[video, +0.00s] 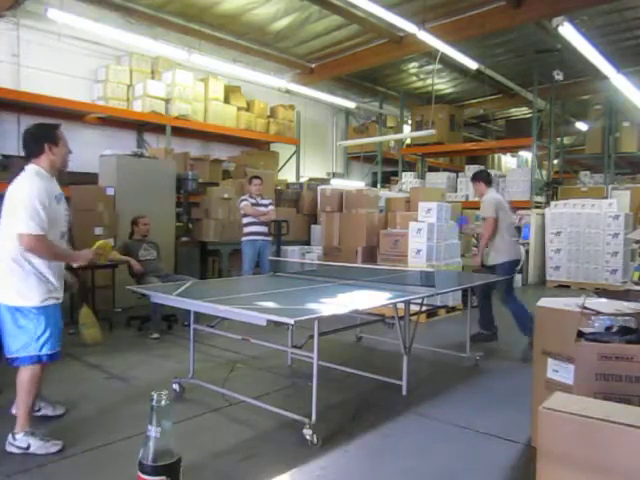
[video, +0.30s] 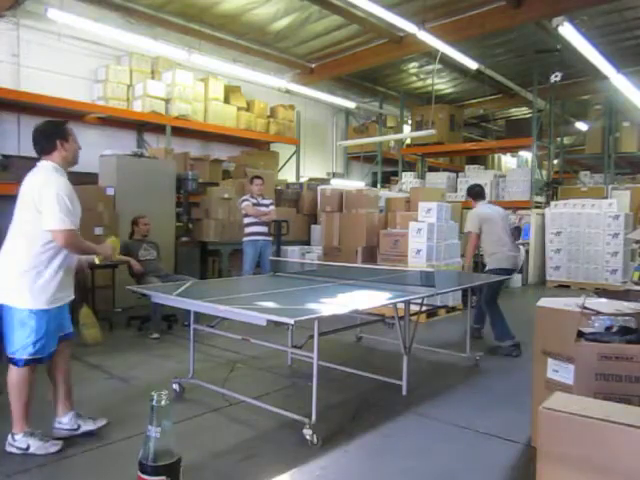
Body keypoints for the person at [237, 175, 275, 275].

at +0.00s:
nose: (258, 187)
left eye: (260, 185)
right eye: (255, 185)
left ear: (262, 186)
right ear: (249, 187)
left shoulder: (268, 201)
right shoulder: (244, 199)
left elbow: (272, 215)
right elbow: (248, 211)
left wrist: (258, 216)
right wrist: (265, 212)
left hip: (265, 238)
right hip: (249, 238)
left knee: (266, 269)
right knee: (248, 270)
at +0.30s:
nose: (259, 187)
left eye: (261, 185)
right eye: (256, 185)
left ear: (263, 186)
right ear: (250, 186)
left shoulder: (269, 201)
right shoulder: (245, 200)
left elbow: (273, 216)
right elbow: (250, 211)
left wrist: (258, 216)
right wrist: (266, 212)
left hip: (266, 238)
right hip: (251, 238)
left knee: (267, 269)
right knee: (248, 270)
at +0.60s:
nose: (259, 186)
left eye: (262, 184)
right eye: (257, 184)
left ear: (265, 185)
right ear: (252, 185)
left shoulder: (271, 199)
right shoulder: (247, 198)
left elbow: (276, 214)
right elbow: (252, 210)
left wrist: (261, 215)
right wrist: (269, 211)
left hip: (269, 237)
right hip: (253, 237)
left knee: (268, 267)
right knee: (250, 268)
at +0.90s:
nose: (262, 187)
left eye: (264, 184)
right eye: (259, 184)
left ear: (268, 186)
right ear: (255, 186)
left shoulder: (274, 199)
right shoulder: (251, 198)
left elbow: (278, 214)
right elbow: (252, 210)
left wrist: (262, 216)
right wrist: (270, 211)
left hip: (270, 237)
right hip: (255, 237)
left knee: (269, 266)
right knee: (250, 267)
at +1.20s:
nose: (264, 187)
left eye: (267, 184)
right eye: (262, 184)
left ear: (270, 186)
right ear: (258, 186)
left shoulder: (277, 200)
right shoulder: (253, 199)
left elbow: (280, 215)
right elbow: (253, 211)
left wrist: (265, 218)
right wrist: (272, 213)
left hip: (271, 238)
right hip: (256, 237)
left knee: (269, 267)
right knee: (250, 267)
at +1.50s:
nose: (263, 185)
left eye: (266, 183)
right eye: (261, 183)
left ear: (269, 185)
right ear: (257, 185)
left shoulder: (274, 200)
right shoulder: (252, 197)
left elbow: (279, 215)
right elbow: (252, 210)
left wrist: (265, 217)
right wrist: (271, 212)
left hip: (270, 237)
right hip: (254, 236)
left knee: (268, 267)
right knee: (250, 267)